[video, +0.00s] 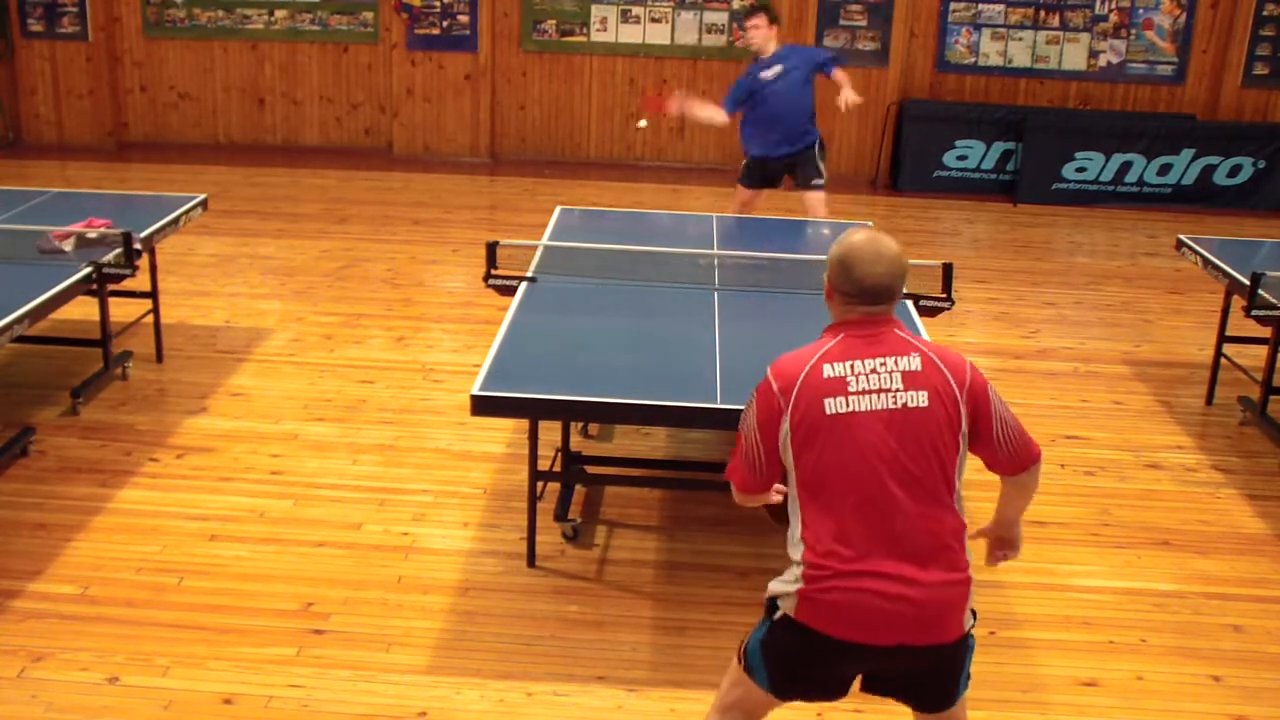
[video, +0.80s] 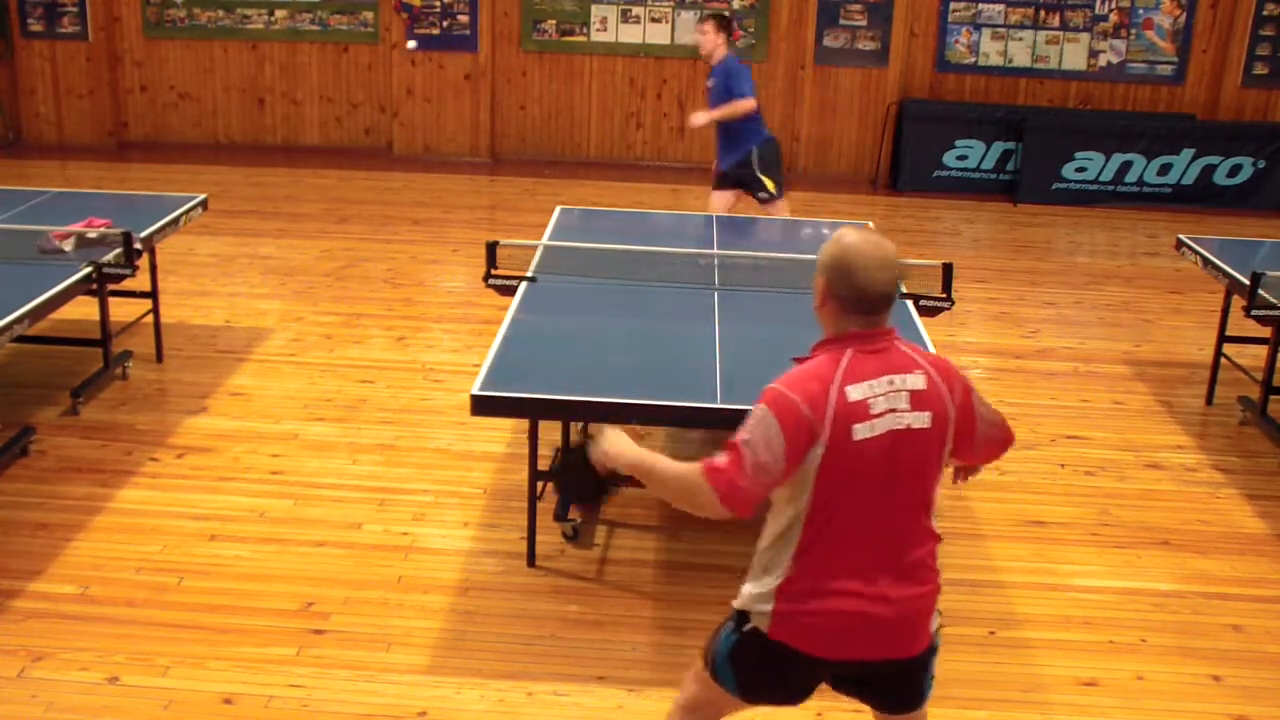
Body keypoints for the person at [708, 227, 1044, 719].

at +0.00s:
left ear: (828, 290)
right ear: (900, 292)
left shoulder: (787, 377)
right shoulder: (953, 371)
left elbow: (747, 489)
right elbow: (1023, 462)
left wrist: (769, 492)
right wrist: (1006, 522)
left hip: (825, 619)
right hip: (935, 625)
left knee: (737, 704)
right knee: (944, 709)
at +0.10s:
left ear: (822, 288)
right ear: (895, 290)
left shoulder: (780, 371)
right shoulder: (946, 370)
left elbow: (739, 486)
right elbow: (1016, 462)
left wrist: (763, 490)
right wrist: (995, 516)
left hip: (810, 619)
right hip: (922, 625)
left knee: (727, 706)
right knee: (939, 710)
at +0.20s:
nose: (790, 288)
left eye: (791, 279)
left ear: (798, 288)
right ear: (864, 286)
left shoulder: (763, 373)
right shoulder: (922, 367)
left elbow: (708, 479)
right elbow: (1001, 460)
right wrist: (1006, 519)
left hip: (796, 612)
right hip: (901, 616)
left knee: (702, 700)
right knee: (939, 711)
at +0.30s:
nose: (736, 300)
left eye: (737, 292)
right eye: (738, 289)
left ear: (749, 301)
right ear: (814, 295)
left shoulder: (724, 387)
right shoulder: (883, 366)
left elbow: (622, 458)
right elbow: (969, 448)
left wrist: (556, 439)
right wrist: (1018, 522)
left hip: (777, 617)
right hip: (884, 616)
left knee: (676, 687)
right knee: (918, 708)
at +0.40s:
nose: (703, 304)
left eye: (705, 296)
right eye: (706, 293)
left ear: (715, 308)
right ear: (782, 302)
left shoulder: (695, 399)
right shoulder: (849, 372)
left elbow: (585, 444)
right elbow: (936, 447)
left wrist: (569, 381)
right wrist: (1008, 502)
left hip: (753, 624)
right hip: (860, 620)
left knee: (654, 675)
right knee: (890, 706)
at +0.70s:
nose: (756, 290)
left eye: (759, 280)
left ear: (766, 294)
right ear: (839, 293)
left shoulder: (741, 392)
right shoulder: (891, 377)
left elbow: (649, 466)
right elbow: (960, 439)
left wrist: (576, 397)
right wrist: (984, 475)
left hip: (747, 617)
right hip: (858, 624)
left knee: (664, 689)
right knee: (879, 712)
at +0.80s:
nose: (814, 284)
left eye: (817, 277)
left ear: (822, 293)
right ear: (893, 295)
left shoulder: (803, 391)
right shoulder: (938, 376)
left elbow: (722, 492)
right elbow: (994, 437)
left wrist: (628, 456)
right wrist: (962, 455)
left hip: (796, 624)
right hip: (901, 626)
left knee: (695, 707)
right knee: (906, 714)